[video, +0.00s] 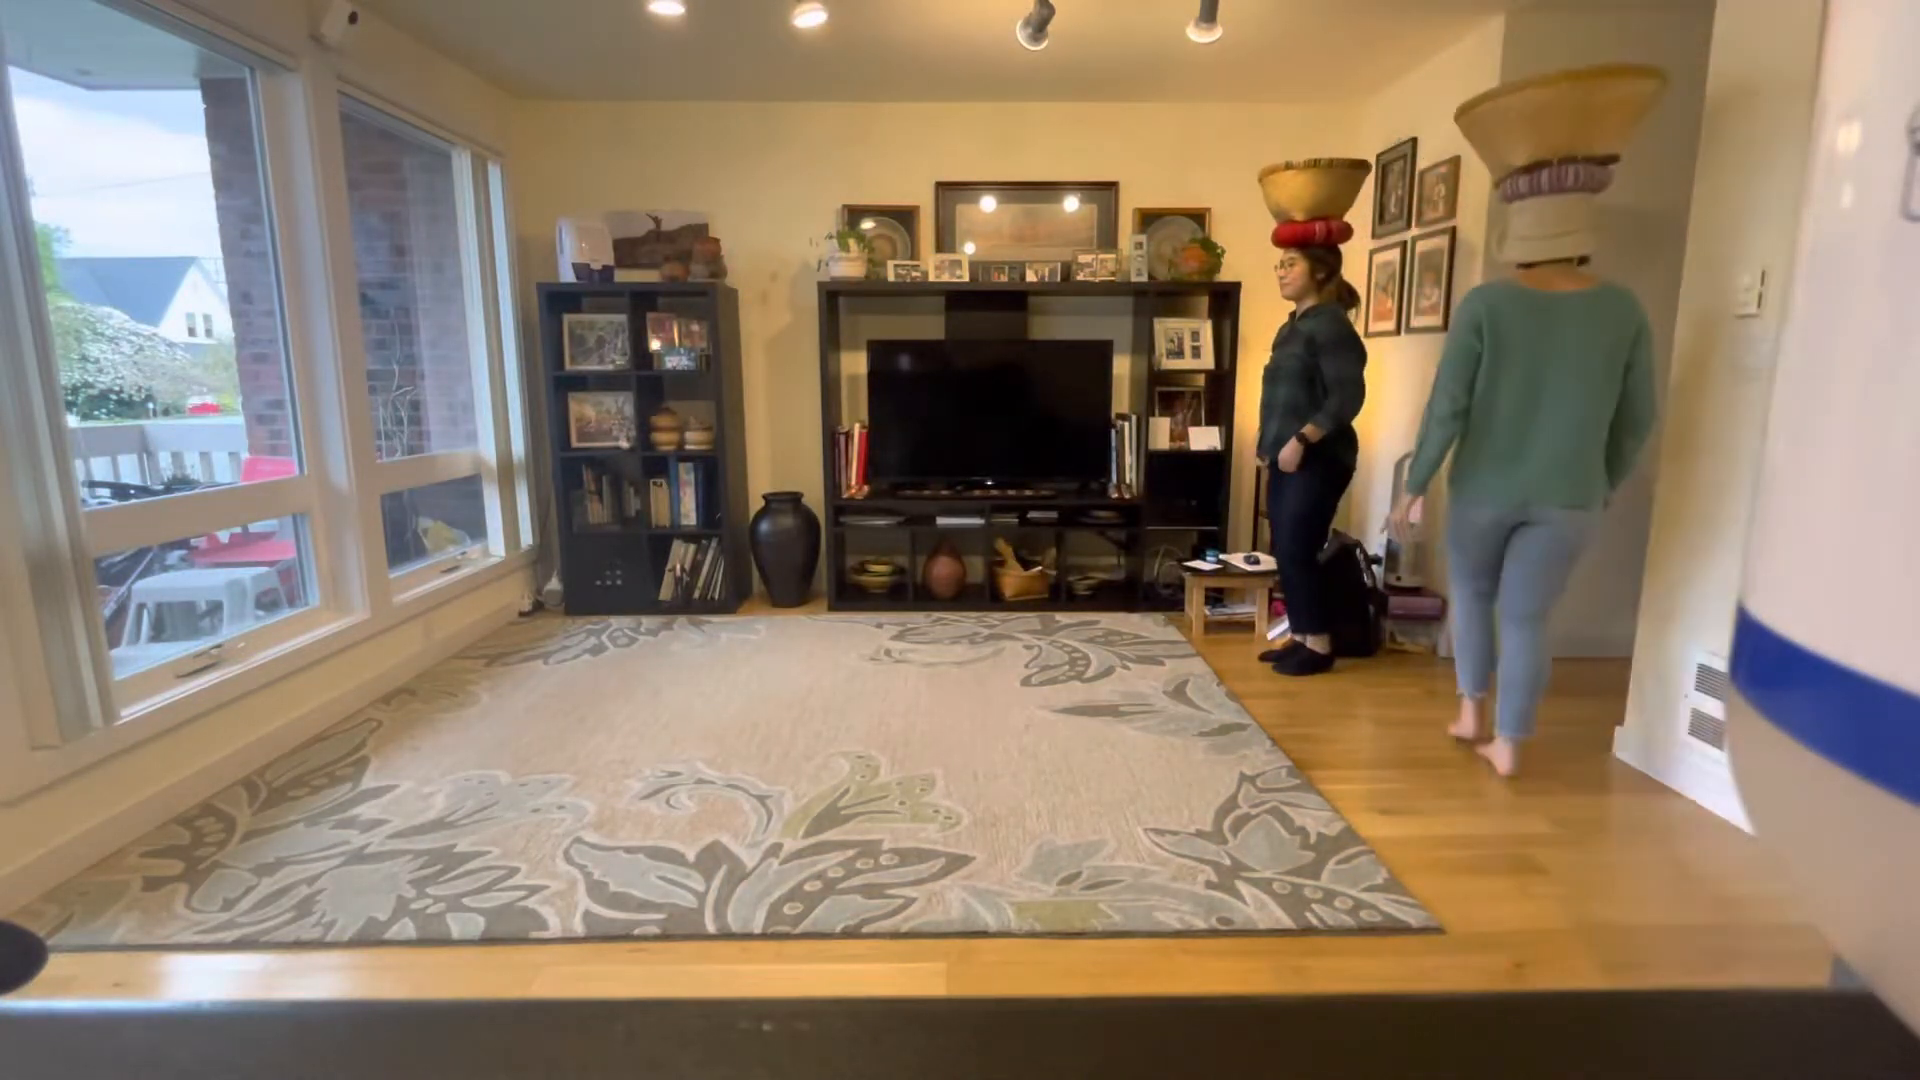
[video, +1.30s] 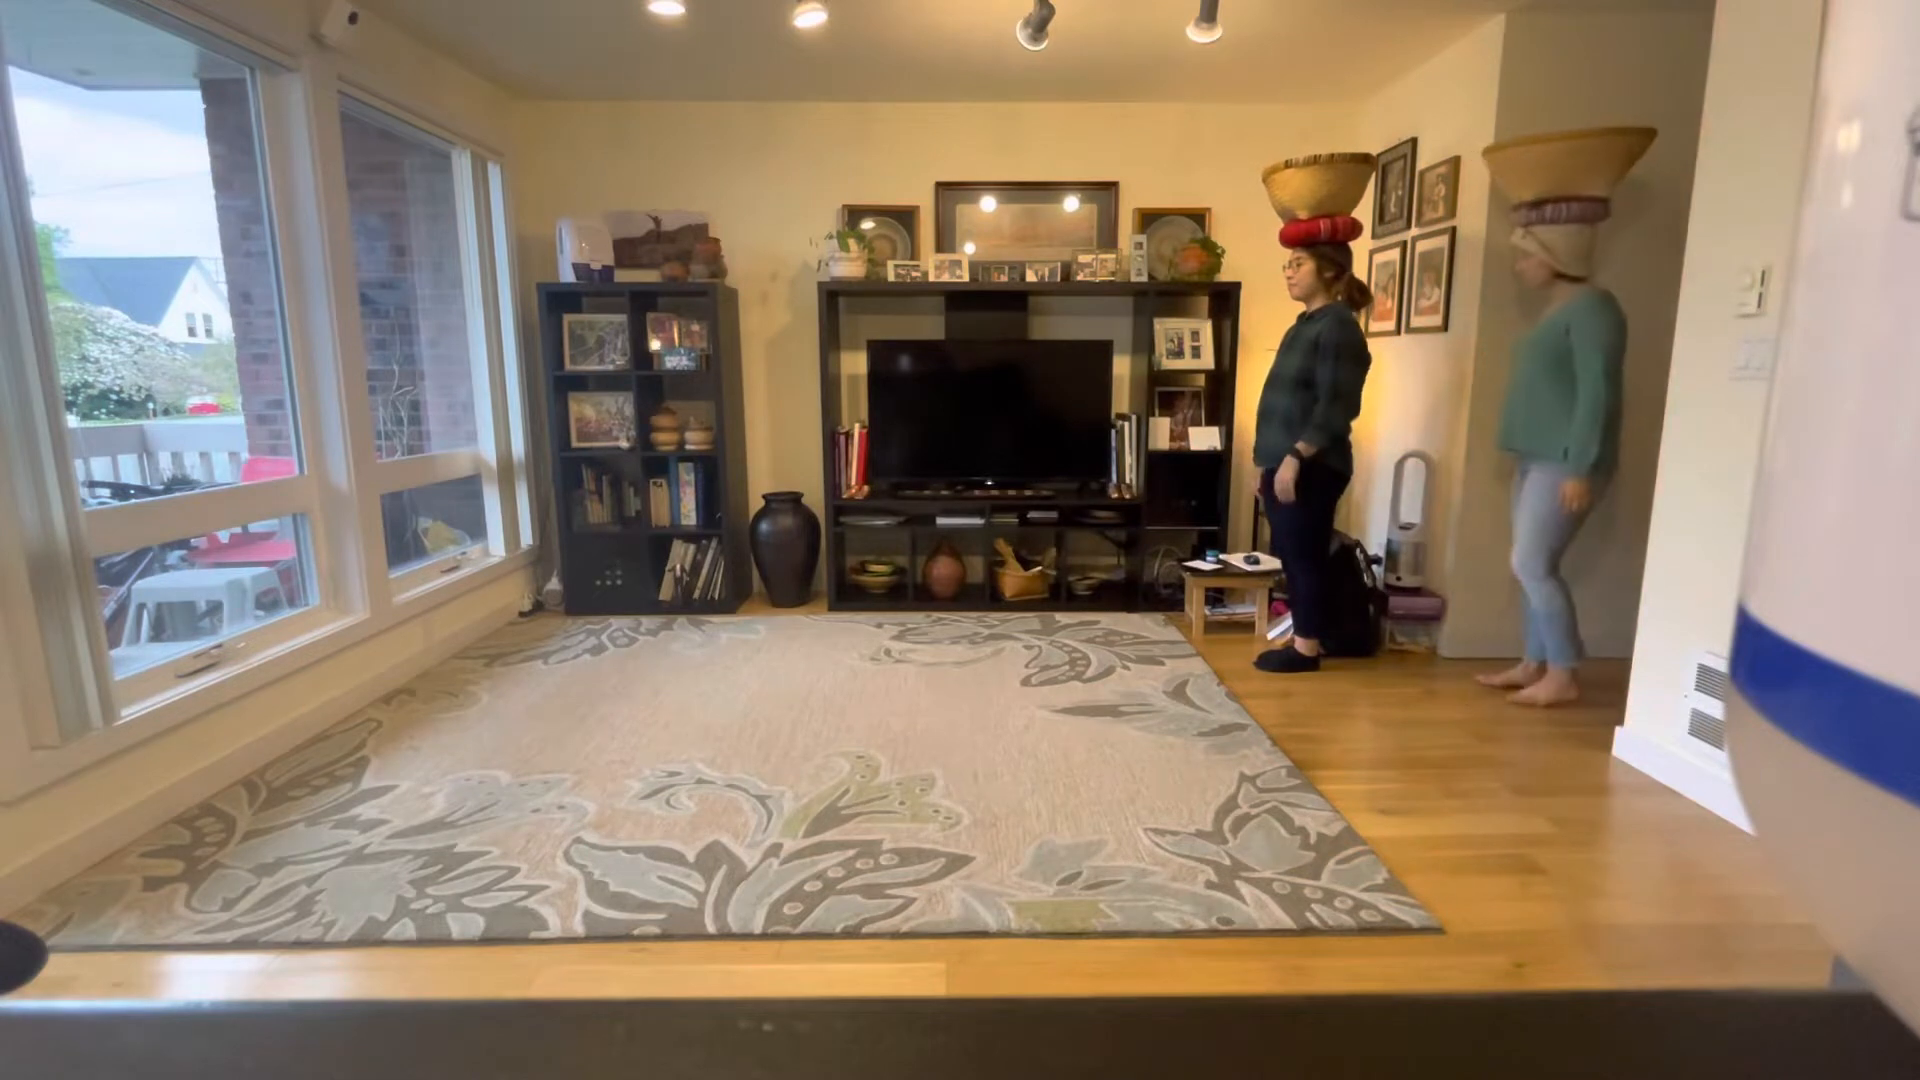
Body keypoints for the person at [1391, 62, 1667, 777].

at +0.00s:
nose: (1508, 255)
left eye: (1510, 246)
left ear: (1519, 246)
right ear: (1581, 244)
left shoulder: (1486, 303)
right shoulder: (1623, 309)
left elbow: (1448, 406)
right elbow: (1639, 417)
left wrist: (1414, 486)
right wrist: (1604, 479)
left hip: (1488, 486)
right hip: (1570, 493)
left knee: (1470, 592)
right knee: (1526, 615)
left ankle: (1471, 711)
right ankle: (1508, 748)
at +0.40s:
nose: (1498, 262)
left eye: (1501, 254)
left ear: (1507, 259)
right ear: (1560, 258)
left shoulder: (1489, 309)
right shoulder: (1593, 314)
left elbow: (1460, 403)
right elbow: (1596, 408)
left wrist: (1426, 473)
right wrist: (1558, 446)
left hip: (1486, 466)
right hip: (1554, 471)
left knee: (1476, 576)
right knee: (1525, 574)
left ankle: (1478, 690)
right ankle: (1557, 675)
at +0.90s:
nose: (1508, 262)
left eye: (1511, 255)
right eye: (1511, 252)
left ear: (1523, 260)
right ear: (1566, 258)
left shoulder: (1546, 314)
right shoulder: (1583, 311)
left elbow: (1534, 405)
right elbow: (1578, 400)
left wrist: (1494, 472)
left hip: (1536, 468)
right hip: (1567, 467)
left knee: (1494, 564)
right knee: (1528, 564)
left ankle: (1506, 678)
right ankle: (1536, 664)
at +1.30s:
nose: (1519, 263)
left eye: (1527, 253)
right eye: (1520, 253)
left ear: (1555, 257)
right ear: (1554, 258)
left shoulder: (1591, 308)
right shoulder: (1563, 310)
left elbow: (1596, 391)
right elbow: (1560, 390)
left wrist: (1580, 468)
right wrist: (1527, 451)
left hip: (1565, 460)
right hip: (1540, 455)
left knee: (1534, 565)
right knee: (1528, 564)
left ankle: (1562, 675)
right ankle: (1534, 663)